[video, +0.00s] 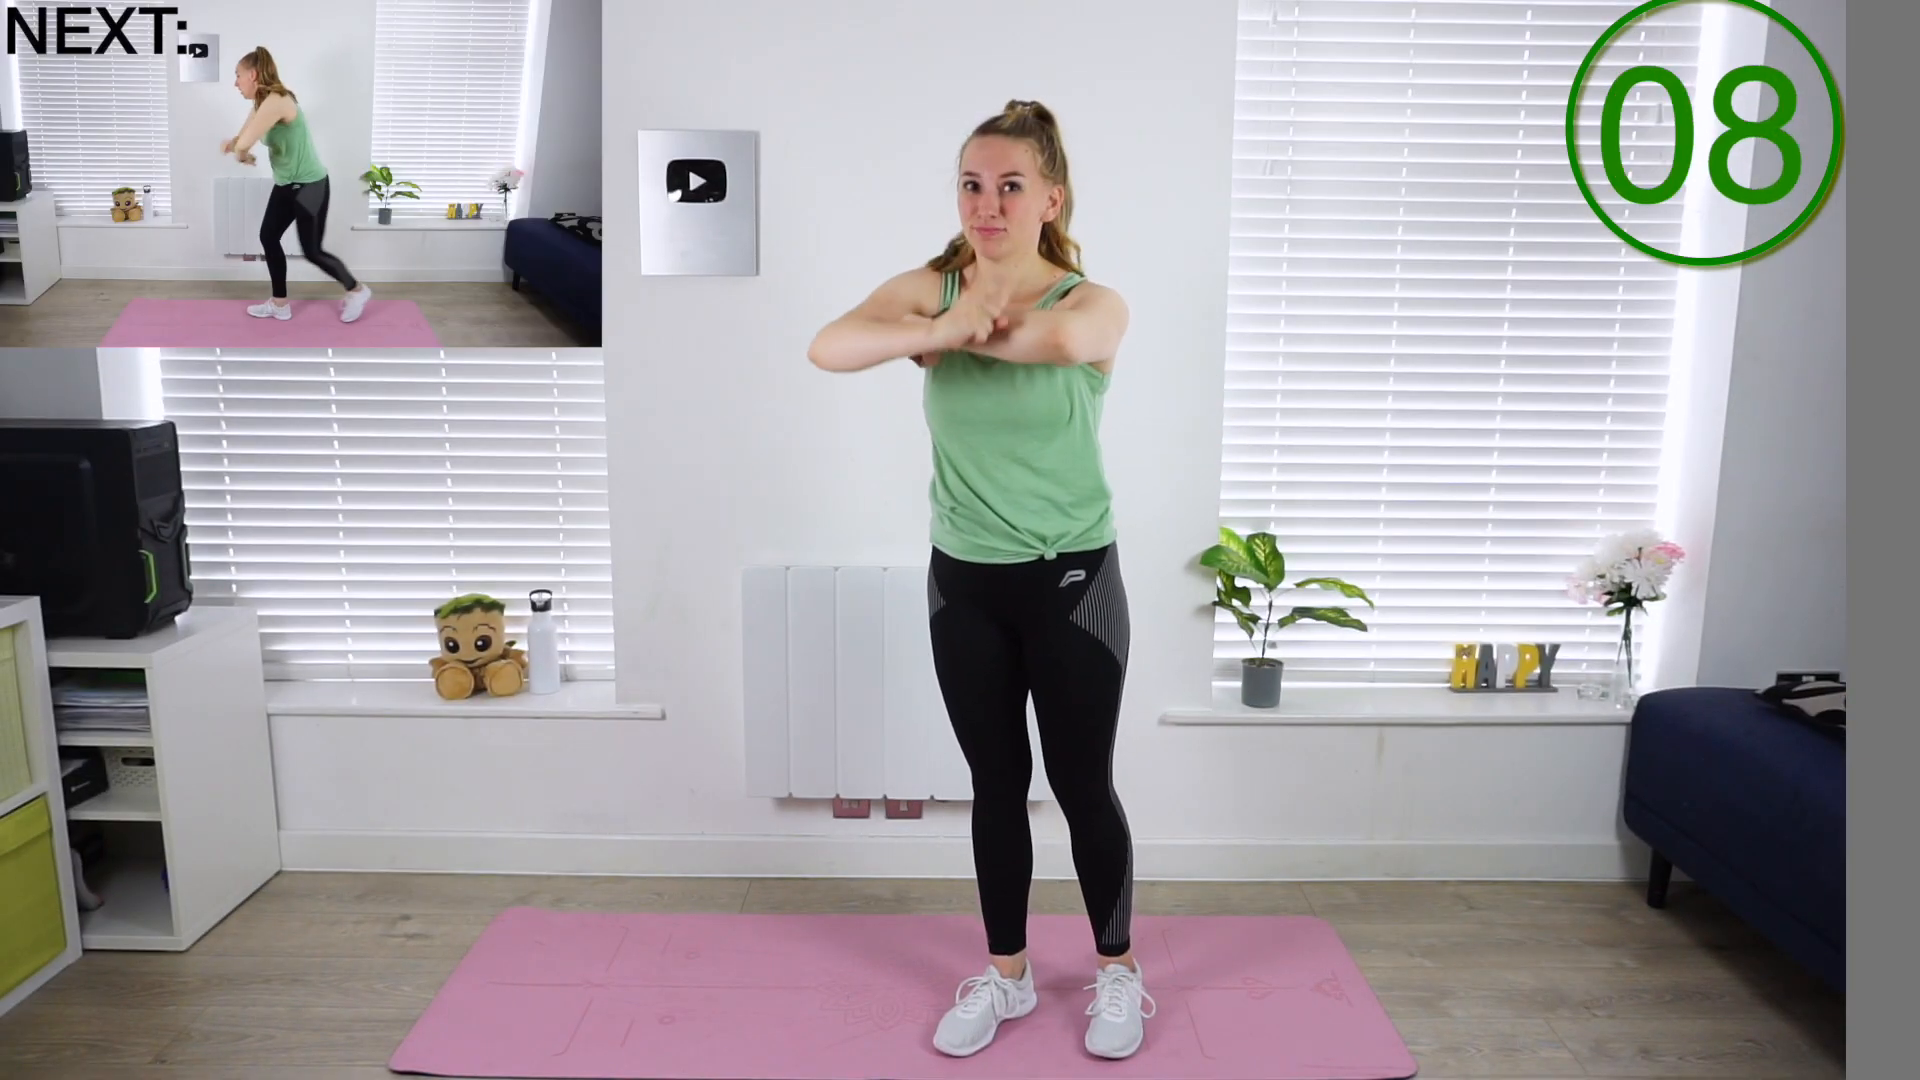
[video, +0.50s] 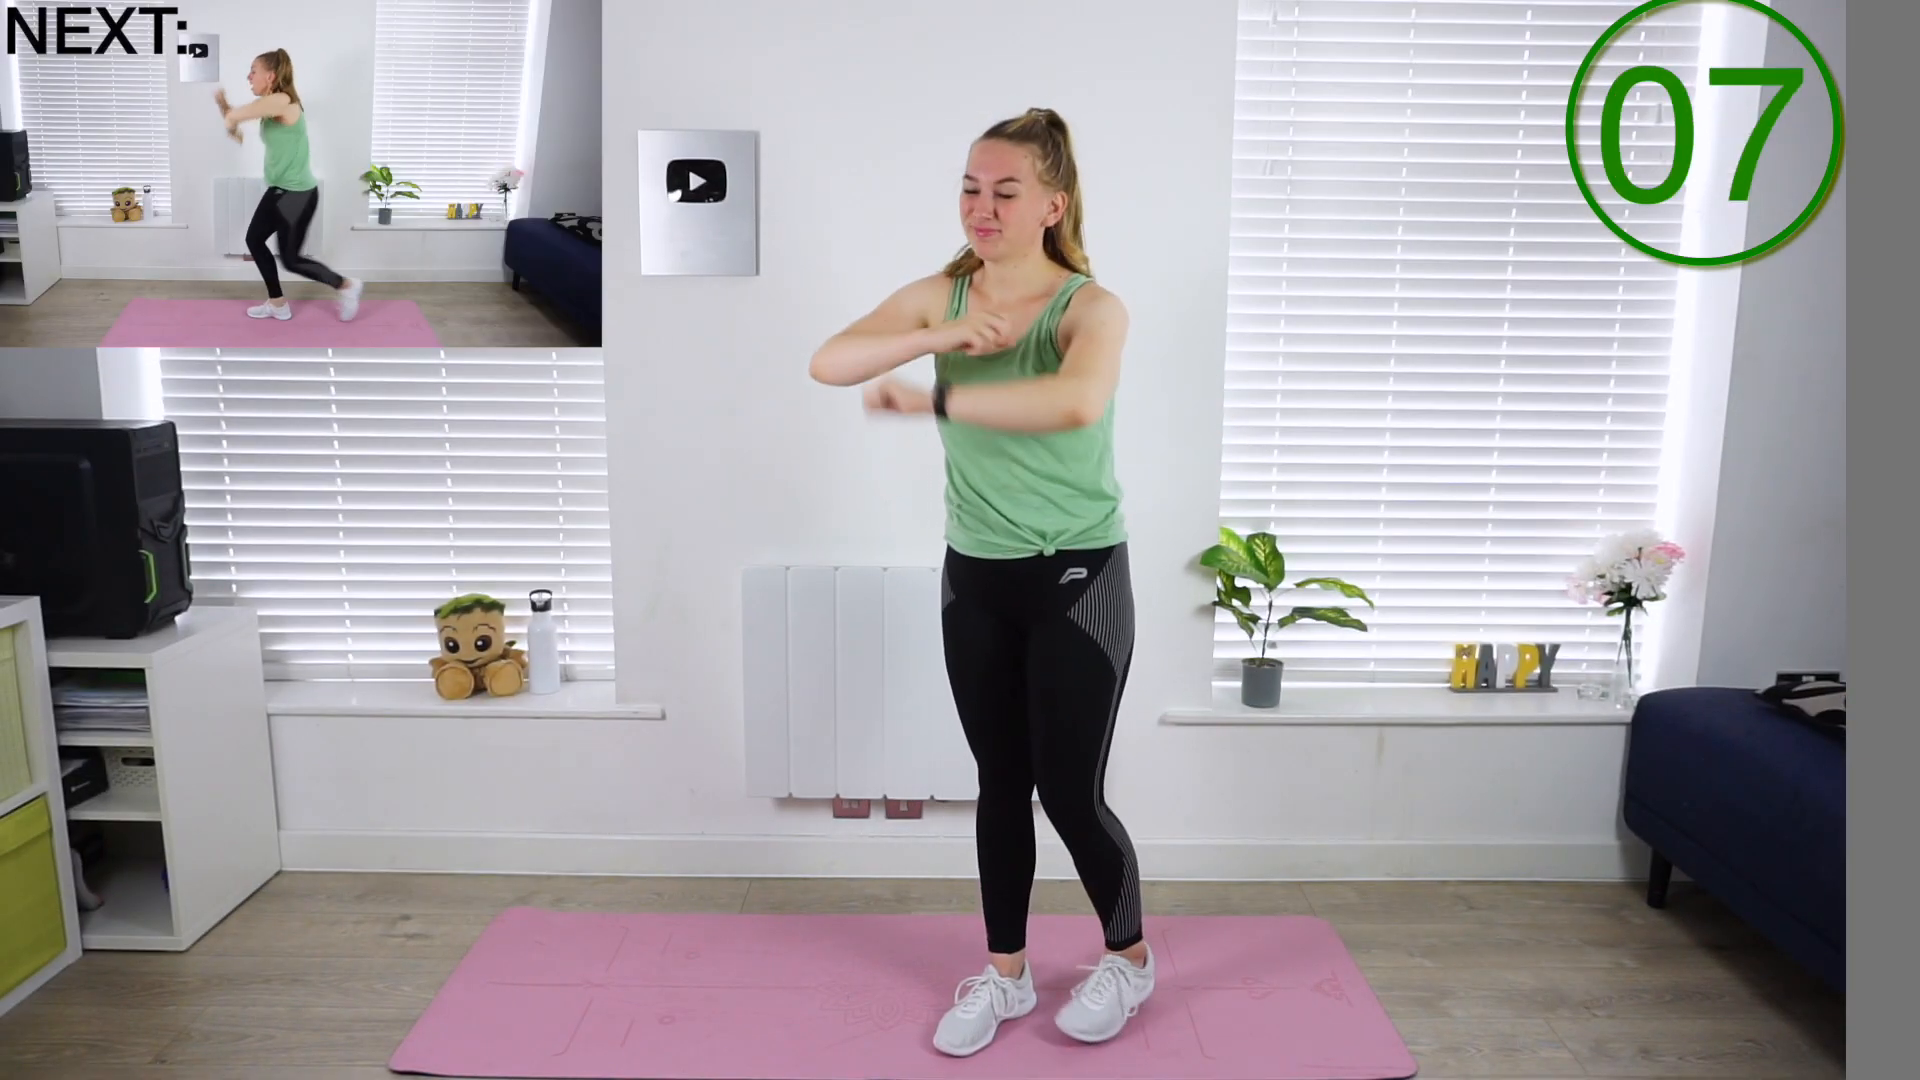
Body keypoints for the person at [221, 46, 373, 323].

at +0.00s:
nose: (236, 83)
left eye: (239, 76)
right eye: (236, 77)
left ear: (255, 76)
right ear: (256, 77)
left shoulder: (276, 101)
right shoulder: (261, 102)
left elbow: (243, 145)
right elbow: (248, 133)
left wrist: (242, 155)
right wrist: (235, 144)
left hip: (311, 184)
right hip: (286, 184)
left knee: (312, 251)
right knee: (269, 236)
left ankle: (357, 290)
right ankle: (279, 302)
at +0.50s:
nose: (249, 78)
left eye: (253, 73)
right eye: (250, 72)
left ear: (271, 76)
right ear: (271, 77)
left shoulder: (281, 100)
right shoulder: (273, 102)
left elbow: (233, 117)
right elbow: (238, 120)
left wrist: (233, 129)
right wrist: (225, 109)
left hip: (299, 192)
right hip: (279, 189)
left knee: (290, 259)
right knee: (255, 239)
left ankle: (347, 285)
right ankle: (277, 302)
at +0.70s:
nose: (260, 59)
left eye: (266, 56)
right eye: (262, 55)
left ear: (284, 65)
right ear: (282, 66)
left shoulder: (277, 87)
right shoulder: (283, 87)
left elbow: (237, 58)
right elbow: (248, 64)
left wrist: (239, 46)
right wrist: (224, 60)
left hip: (272, 182)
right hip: (281, 180)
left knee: (226, 237)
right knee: (258, 240)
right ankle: (278, 303)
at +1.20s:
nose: (262, 66)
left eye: (269, 61)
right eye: (263, 61)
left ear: (288, 68)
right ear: (286, 69)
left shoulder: (279, 97)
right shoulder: (286, 94)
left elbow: (231, 80)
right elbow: (251, 83)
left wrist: (239, 73)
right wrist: (228, 81)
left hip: (266, 186)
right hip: (272, 183)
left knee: (226, 241)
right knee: (254, 240)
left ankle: (211, 316)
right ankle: (277, 304)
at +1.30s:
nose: (253, 73)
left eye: (258, 67)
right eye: (254, 67)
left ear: (278, 71)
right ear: (276, 72)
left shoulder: (281, 103)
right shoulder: (282, 98)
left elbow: (229, 111)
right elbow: (247, 109)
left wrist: (219, 110)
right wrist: (239, 117)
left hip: (281, 190)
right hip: (278, 186)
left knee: (232, 242)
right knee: (259, 241)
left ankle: (247, 314)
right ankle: (278, 305)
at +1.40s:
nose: (245, 79)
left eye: (248, 73)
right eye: (245, 73)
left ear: (265, 76)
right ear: (266, 76)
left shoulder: (279, 105)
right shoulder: (273, 102)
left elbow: (239, 137)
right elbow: (248, 126)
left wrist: (234, 148)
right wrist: (238, 129)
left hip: (295, 189)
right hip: (281, 186)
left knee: (256, 249)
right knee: (262, 244)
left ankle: (303, 300)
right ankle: (277, 304)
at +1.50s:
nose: (238, 81)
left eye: (241, 75)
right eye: (238, 75)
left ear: (257, 77)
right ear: (256, 77)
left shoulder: (280, 103)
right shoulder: (261, 107)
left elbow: (253, 149)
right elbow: (243, 143)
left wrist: (251, 151)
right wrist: (229, 153)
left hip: (305, 186)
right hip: (283, 185)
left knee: (289, 252)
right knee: (269, 239)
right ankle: (279, 303)